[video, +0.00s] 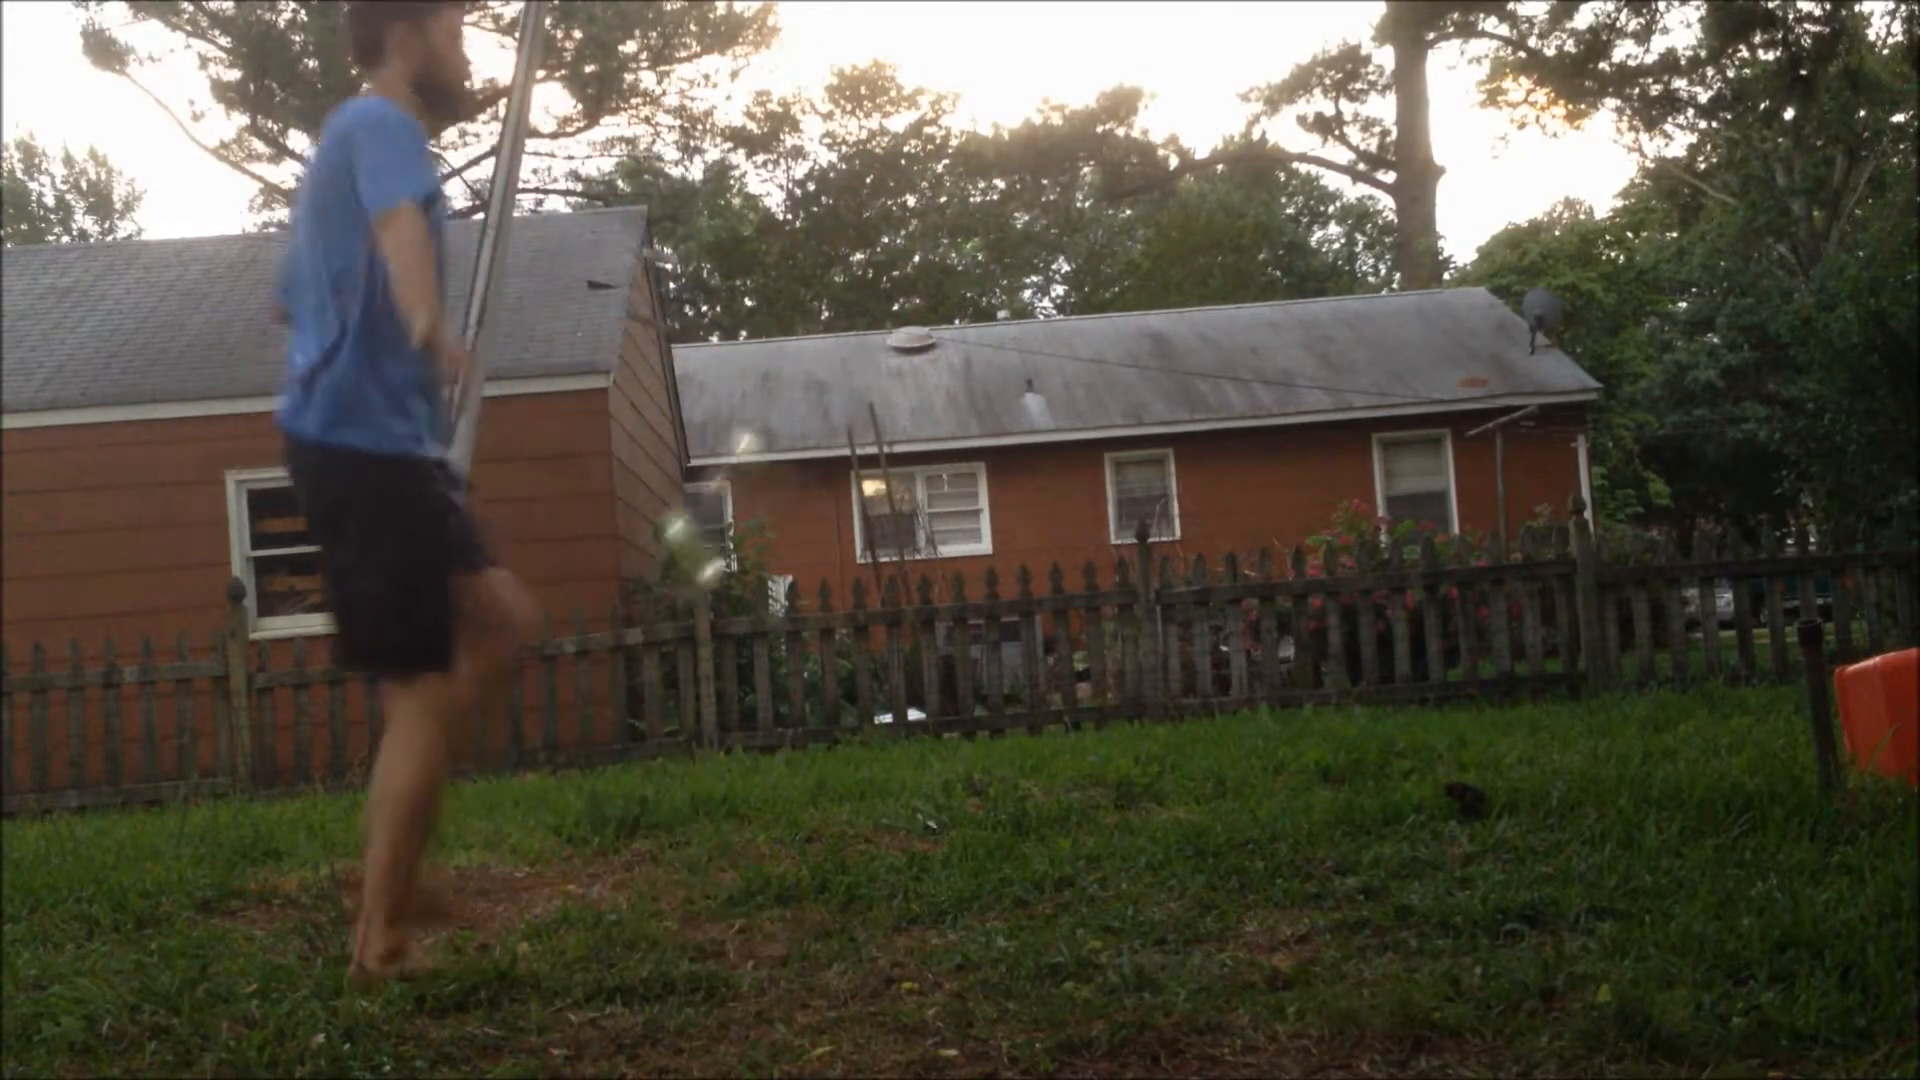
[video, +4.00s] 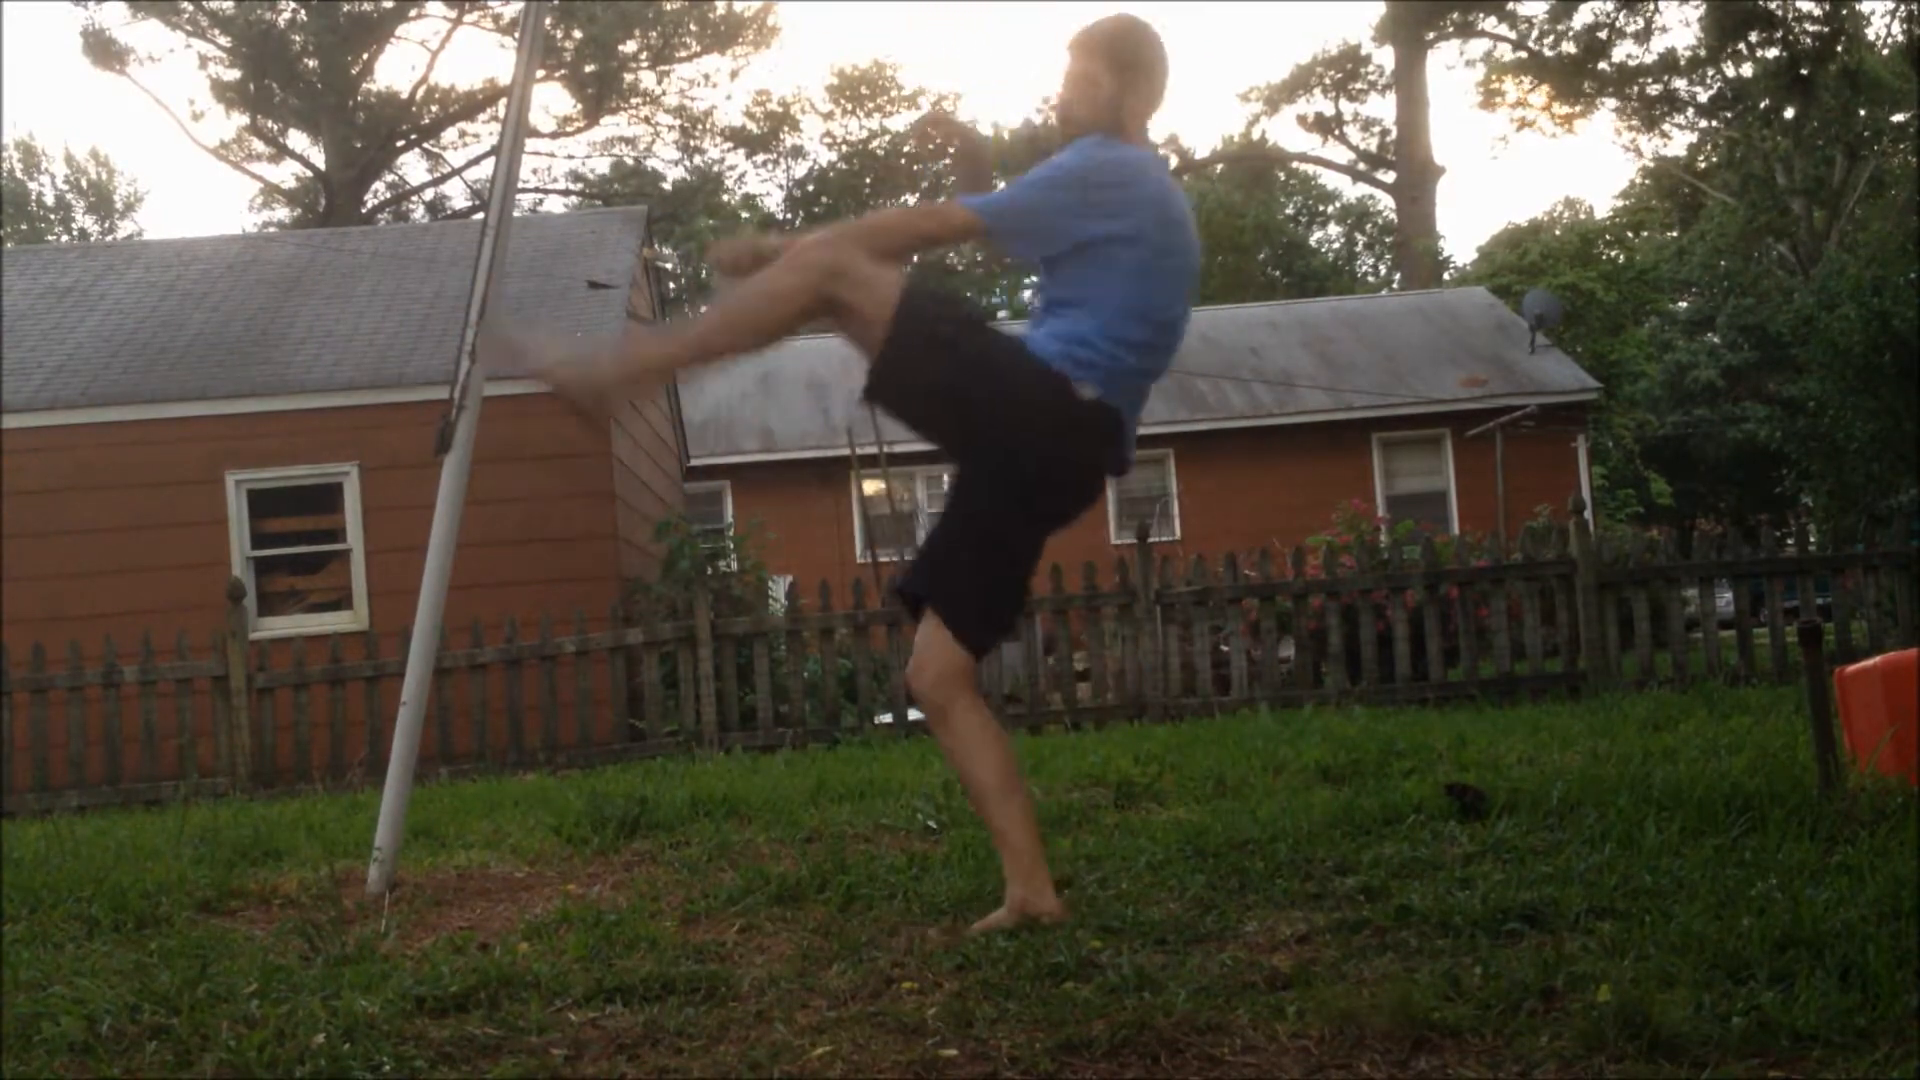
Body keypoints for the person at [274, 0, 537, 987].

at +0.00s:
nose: (467, 44)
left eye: (464, 25)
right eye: (455, 24)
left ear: (387, 43)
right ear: (405, 35)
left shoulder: (346, 135)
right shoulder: (381, 122)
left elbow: (289, 291)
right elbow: (401, 230)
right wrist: (432, 322)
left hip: (362, 437)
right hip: (364, 441)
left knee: (500, 619)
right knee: (419, 689)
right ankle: (380, 937)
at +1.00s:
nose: (189, 106)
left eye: (142, 84)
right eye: (206, 91)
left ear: (126, 91)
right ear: (208, 94)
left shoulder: (48, 182)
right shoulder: (245, 177)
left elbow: (2, 289)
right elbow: (309, 324)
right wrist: (333, 457)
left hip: (59, 482)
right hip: (191, 484)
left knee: (20, 722)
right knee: (279, 709)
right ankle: (253, 932)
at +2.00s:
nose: (632, 124)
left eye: (640, 100)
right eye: (608, 114)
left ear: (673, 95)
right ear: (587, 132)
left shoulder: (760, 187)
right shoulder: (592, 253)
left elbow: (863, 278)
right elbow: (554, 387)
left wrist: (1007, 279)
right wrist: (468, 485)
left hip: (877, 454)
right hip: (768, 505)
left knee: (1024, 625)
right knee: (743, 732)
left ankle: (1174, 801)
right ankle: (747, 929)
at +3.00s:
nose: (958, 49)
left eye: (971, 27)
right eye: (955, 31)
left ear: (1030, 28)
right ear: (975, 38)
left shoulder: (1111, 132)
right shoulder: (993, 145)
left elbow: (1201, 265)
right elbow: (1010, 231)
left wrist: (1193, 369)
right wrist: (911, 274)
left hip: (1153, 432)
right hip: (1045, 439)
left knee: (1220, 657)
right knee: (1017, 664)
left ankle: (1324, 869)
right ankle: (1063, 886)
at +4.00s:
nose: (1062, 87)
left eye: (1080, 72)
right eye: (1069, 70)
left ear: (1125, 89)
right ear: (1134, 95)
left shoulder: (1101, 167)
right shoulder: (1151, 188)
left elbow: (936, 225)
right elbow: (1021, 242)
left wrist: (783, 250)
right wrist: (982, 169)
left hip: (1037, 408)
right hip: (1068, 447)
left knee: (834, 266)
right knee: (939, 673)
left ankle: (614, 369)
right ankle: (1032, 892)